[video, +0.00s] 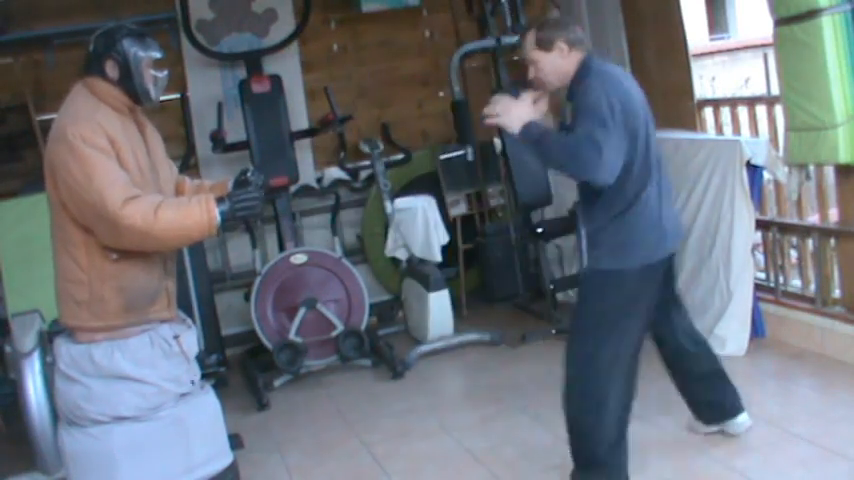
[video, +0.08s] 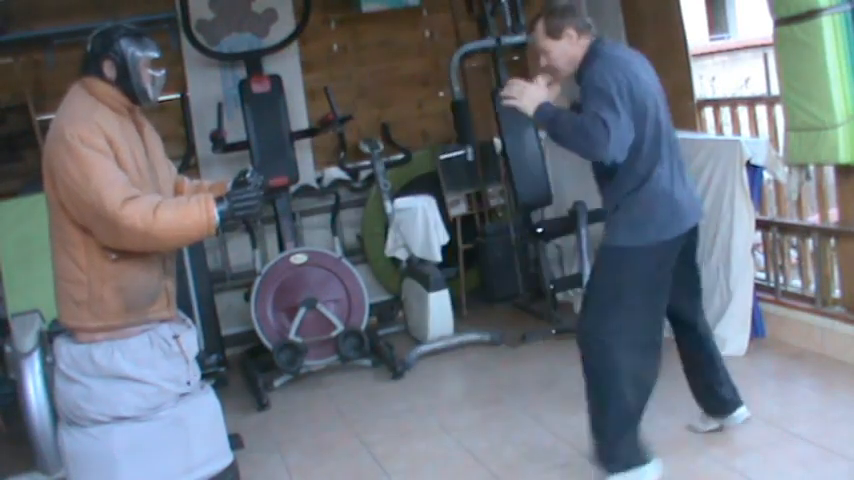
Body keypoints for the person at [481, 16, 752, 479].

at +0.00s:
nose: (531, 74)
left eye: (535, 62)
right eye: (527, 65)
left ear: (564, 50)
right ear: (565, 52)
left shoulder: (595, 86)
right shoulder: (607, 78)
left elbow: (597, 163)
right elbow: (595, 153)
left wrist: (529, 126)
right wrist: (544, 121)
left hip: (622, 253)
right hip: (651, 240)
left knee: (593, 372)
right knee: (672, 328)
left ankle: (597, 471)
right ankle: (724, 411)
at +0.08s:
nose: (543, 64)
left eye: (544, 52)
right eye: (538, 55)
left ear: (573, 35)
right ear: (577, 36)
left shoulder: (601, 71)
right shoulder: (628, 58)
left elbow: (607, 145)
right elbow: (625, 131)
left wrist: (542, 109)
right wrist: (560, 108)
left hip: (643, 223)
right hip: (678, 213)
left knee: (603, 332)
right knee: (686, 315)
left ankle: (623, 458)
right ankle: (723, 404)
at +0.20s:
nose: (570, 58)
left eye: (570, 47)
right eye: (565, 49)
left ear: (594, 34)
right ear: (603, 31)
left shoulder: (617, 70)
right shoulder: (654, 57)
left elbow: (614, 142)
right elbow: (651, 128)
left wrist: (555, 109)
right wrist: (590, 101)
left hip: (656, 219)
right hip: (696, 209)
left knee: (613, 322)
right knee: (694, 304)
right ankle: (735, 392)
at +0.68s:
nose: (573, 66)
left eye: (577, 56)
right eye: (570, 58)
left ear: (608, 43)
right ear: (600, 47)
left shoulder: (653, 78)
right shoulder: (614, 87)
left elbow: (636, 140)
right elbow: (587, 150)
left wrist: (570, 99)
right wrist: (565, 106)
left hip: (673, 232)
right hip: (657, 232)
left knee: (654, 346)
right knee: (703, 322)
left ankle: (640, 460)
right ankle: (750, 399)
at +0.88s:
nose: (545, 62)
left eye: (545, 51)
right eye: (542, 54)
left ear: (571, 37)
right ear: (578, 37)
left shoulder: (599, 71)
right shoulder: (622, 66)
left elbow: (591, 139)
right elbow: (617, 137)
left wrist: (523, 98)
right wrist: (566, 103)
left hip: (624, 235)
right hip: (653, 225)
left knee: (616, 348)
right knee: (662, 316)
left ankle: (632, 463)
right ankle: (721, 392)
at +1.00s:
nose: (537, 59)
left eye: (538, 49)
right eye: (534, 51)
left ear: (562, 36)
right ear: (578, 32)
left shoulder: (562, 83)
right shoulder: (633, 69)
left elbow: (497, 109)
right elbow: (644, 134)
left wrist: (431, 99)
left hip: (603, 235)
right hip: (652, 225)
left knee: (602, 340)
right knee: (645, 322)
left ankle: (630, 463)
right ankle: (658, 415)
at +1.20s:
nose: (512, 71)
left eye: (512, 60)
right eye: (508, 63)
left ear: (535, 44)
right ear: (545, 43)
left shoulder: (560, 77)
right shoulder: (598, 72)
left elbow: (524, 142)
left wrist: (465, 113)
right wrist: (525, 103)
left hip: (590, 234)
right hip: (628, 225)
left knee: (559, 339)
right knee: (621, 327)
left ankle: (613, 453)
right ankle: (645, 417)